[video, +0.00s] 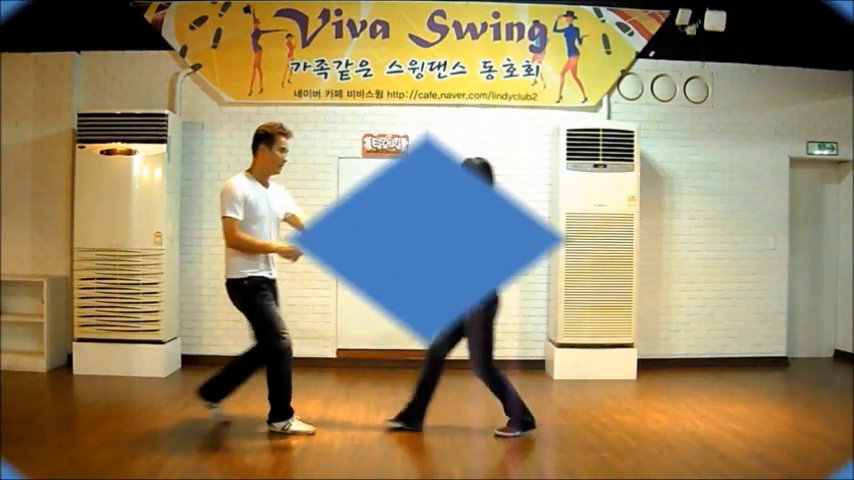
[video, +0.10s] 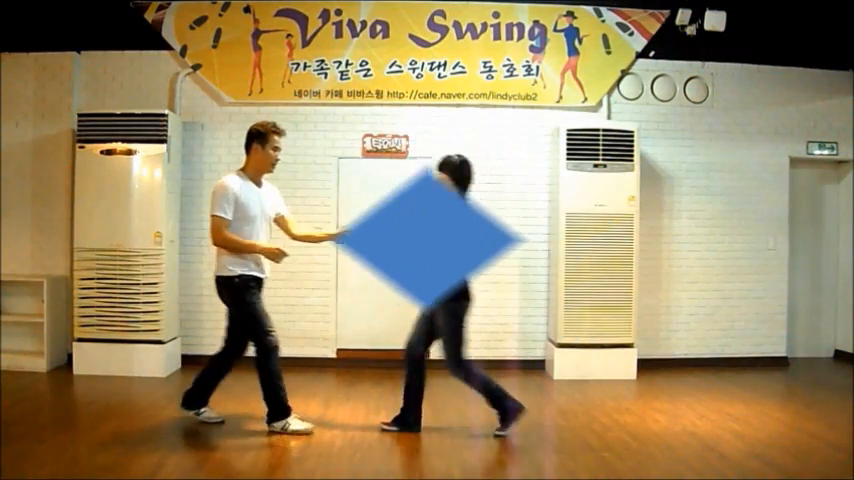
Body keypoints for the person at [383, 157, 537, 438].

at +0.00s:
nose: (465, 186)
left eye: (470, 181)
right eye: (465, 180)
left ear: (480, 183)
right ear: (465, 182)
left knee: (483, 365)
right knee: (435, 353)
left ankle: (520, 417)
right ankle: (413, 415)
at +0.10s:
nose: (438, 179)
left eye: (443, 176)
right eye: (439, 175)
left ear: (454, 180)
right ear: (458, 180)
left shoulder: (453, 211)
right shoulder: (440, 209)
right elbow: (395, 227)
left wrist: (343, 236)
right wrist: (343, 235)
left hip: (453, 293)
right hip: (438, 293)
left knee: (456, 363)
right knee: (415, 350)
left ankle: (508, 406)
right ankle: (409, 418)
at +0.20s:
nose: (413, 175)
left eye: (418, 171)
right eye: (415, 170)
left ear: (430, 177)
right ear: (430, 176)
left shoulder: (433, 210)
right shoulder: (426, 207)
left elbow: (410, 250)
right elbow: (400, 238)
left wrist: (381, 245)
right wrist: (360, 236)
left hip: (428, 291)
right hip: (417, 290)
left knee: (411, 353)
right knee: (401, 351)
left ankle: (466, 396)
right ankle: (410, 416)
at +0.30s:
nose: (389, 172)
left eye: (394, 167)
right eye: (392, 166)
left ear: (406, 174)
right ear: (408, 174)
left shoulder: (410, 208)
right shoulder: (404, 205)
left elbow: (398, 251)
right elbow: (375, 237)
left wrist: (364, 248)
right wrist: (343, 237)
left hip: (404, 291)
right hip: (401, 290)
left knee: (377, 349)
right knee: (389, 350)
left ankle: (408, 416)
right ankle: (406, 415)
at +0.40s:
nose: (367, 175)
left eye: (373, 171)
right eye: (370, 170)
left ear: (384, 178)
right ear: (386, 178)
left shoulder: (386, 210)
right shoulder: (383, 207)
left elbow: (371, 253)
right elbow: (364, 243)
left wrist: (337, 248)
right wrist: (343, 241)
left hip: (379, 294)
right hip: (381, 293)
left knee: (345, 348)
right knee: (379, 354)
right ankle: (407, 416)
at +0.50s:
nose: (346, 177)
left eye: (351, 173)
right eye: (348, 172)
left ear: (362, 179)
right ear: (364, 179)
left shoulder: (362, 212)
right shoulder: (364, 209)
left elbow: (344, 256)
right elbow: (350, 254)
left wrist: (309, 250)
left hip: (351, 296)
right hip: (357, 294)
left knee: (317, 350)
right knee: (351, 356)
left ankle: (313, 422)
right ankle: (398, 407)